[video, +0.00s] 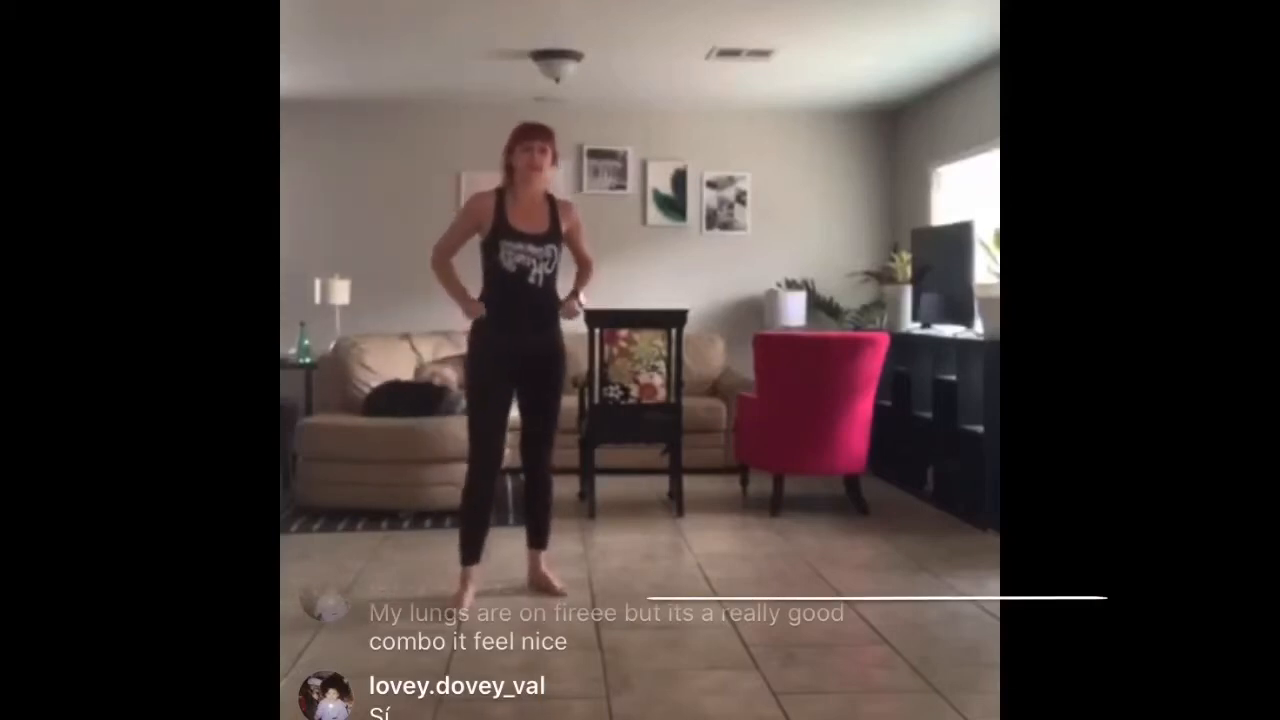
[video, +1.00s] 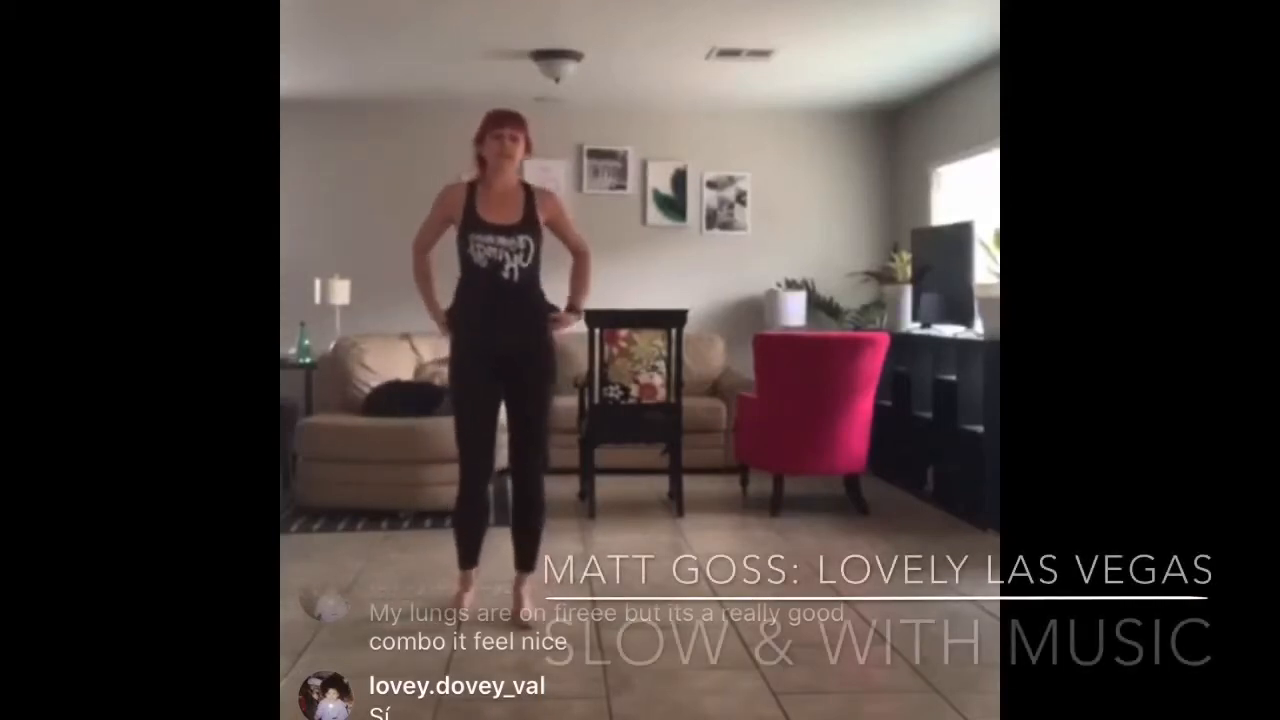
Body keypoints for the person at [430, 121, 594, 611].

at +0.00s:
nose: (534, 158)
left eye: (541, 152)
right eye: (526, 150)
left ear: (553, 163)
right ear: (510, 158)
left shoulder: (564, 214)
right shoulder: (485, 205)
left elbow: (586, 264)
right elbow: (441, 257)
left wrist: (574, 299)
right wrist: (466, 302)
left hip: (544, 339)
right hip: (494, 338)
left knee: (538, 459)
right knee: (484, 461)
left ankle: (539, 564)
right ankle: (468, 579)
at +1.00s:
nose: (504, 145)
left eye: (513, 139)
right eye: (496, 137)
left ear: (525, 151)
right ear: (480, 147)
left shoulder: (543, 203)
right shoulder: (457, 198)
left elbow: (581, 251)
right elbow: (422, 249)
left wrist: (573, 310)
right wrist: (438, 313)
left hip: (530, 336)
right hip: (473, 334)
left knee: (528, 464)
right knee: (475, 465)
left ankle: (525, 581)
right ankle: (467, 578)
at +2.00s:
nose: (519, 139)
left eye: (529, 134)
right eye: (511, 131)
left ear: (542, 149)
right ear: (495, 141)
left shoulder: (555, 209)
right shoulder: (466, 201)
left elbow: (570, 293)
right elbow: (446, 284)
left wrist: (543, 249)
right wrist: (472, 236)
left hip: (535, 347)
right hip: (479, 346)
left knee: (529, 469)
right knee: (485, 469)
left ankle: (525, 583)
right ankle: (485, 584)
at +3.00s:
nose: (491, 160)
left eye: (499, 153)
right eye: (482, 153)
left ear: (512, 166)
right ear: (463, 165)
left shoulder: (526, 217)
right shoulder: (444, 217)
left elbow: (584, 177)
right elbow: (425, 162)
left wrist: (550, 118)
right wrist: (456, 98)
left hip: (513, 362)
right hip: (455, 361)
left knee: (516, 479)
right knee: (450, 479)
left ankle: (503, 593)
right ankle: (477, 586)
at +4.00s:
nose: (375, 144)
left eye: (384, 138)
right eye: (366, 136)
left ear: (398, 151)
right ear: (346, 146)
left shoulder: (410, 209)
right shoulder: (321, 205)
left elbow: (424, 246)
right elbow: (280, 218)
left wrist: (351, 245)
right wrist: (314, 232)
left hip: (383, 359)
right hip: (320, 356)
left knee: (472, 455)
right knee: (323, 473)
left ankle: (492, 579)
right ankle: (321, 594)